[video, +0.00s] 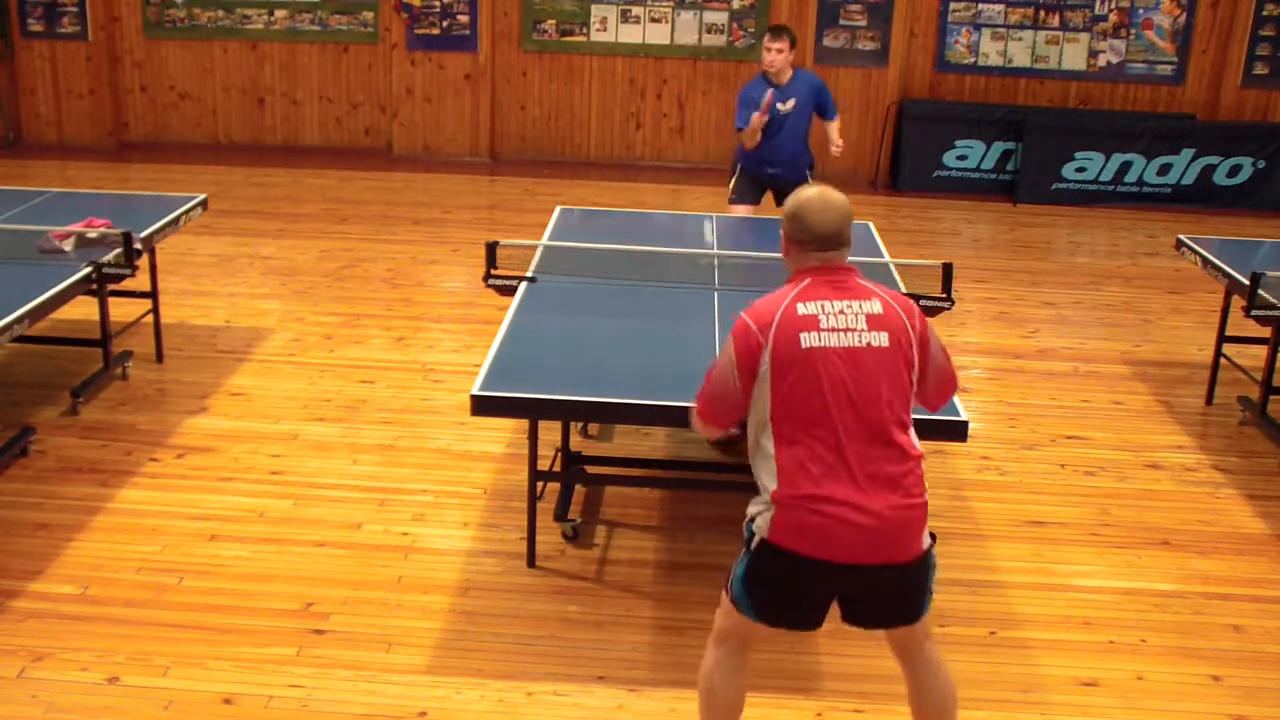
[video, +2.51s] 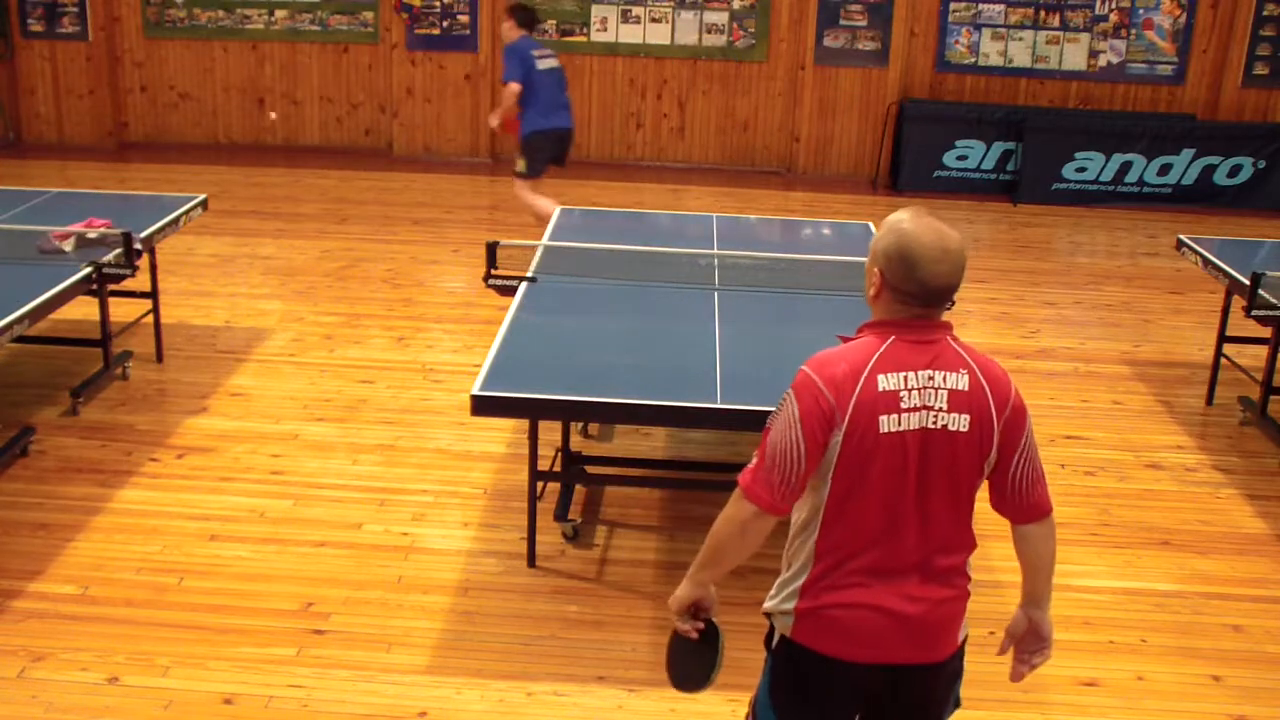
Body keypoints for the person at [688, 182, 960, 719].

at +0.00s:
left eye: (785, 232)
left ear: (786, 242)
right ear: (850, 241)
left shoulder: (762, 320)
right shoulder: (903, 312)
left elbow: (709, 421)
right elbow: (938, 391)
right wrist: (873, 371)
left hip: (798, 538)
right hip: (896, 542)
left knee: (729, 640)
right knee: (917, 646)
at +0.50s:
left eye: (804, 245)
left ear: (809, 252)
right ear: (880, 252)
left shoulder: (768, 326)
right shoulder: (931, 325)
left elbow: (740, 436)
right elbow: (1015, 386)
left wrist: (744, 495)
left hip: (790, 558)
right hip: (894, 568)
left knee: (733, 647)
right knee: (917, 697)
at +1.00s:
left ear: (828, 290)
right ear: (900, 292)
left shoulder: (787, 377)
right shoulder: (953, 371)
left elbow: (747, 489)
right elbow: (1023, 462)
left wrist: (769, 492)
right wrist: (1006, 522)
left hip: (825, 619)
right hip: (935, 625)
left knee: (737, 704)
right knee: (944, 709)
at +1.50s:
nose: (701, 302)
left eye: (703, 295)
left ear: (712, 307)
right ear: (783, 303)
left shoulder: (697, 401)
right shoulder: (845, 375)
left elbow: (583, 447)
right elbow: (928, 443)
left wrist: (563, 356)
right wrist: (1000, 493)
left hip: (735, 623)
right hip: (840, 621)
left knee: (644, 672)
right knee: (876, 707)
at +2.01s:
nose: (869, 268)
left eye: (873, 260)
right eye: (877, 256)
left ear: (879, 281)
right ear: (950, 287)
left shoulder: (854, 379)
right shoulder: (989, 370)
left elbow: (794, 501)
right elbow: (1031, 444)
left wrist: (706, 531)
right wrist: (994, 471)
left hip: (837, 630)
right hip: (938, 636)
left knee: (753, 706)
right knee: (914, 713)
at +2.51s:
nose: (867, 263)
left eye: (870, 255)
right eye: (874, 251)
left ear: (876, 281)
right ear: (953, 289)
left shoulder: (832, 376)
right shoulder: (992, 385)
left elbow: (760, 499)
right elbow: (1032, 510)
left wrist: (700, 579)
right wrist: (1035, 607)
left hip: (825, 646)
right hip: (931, 649)